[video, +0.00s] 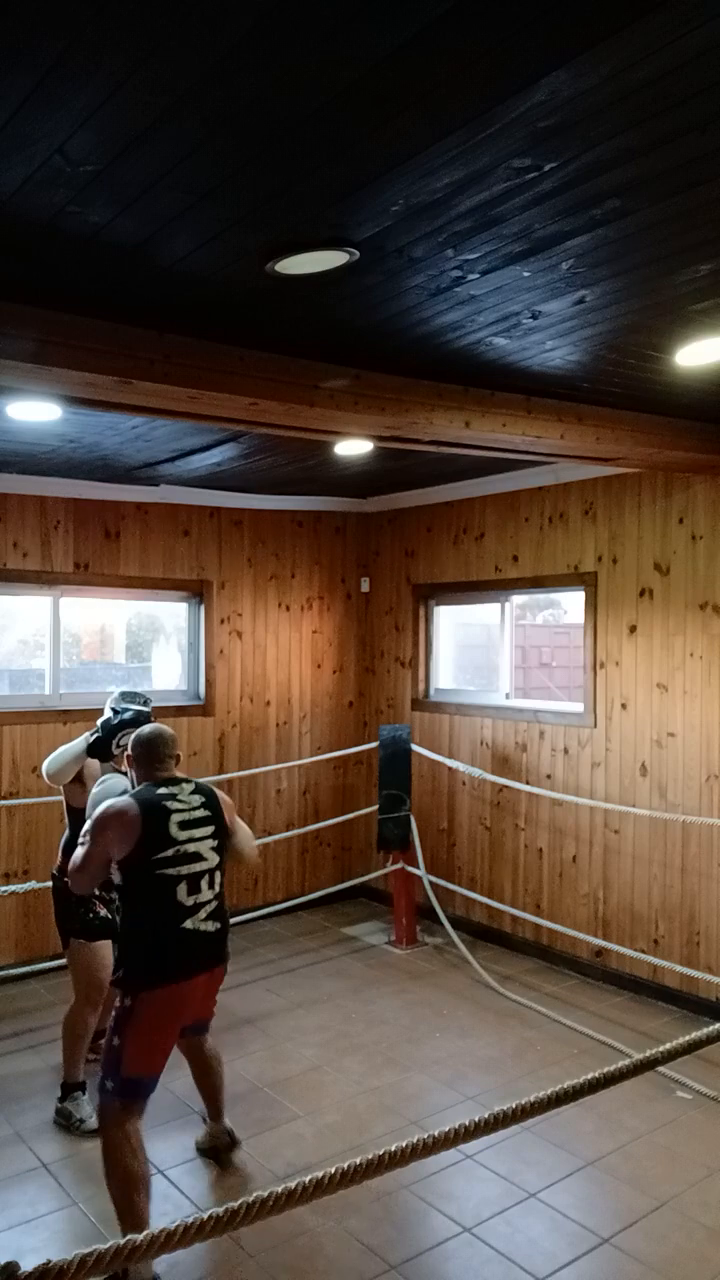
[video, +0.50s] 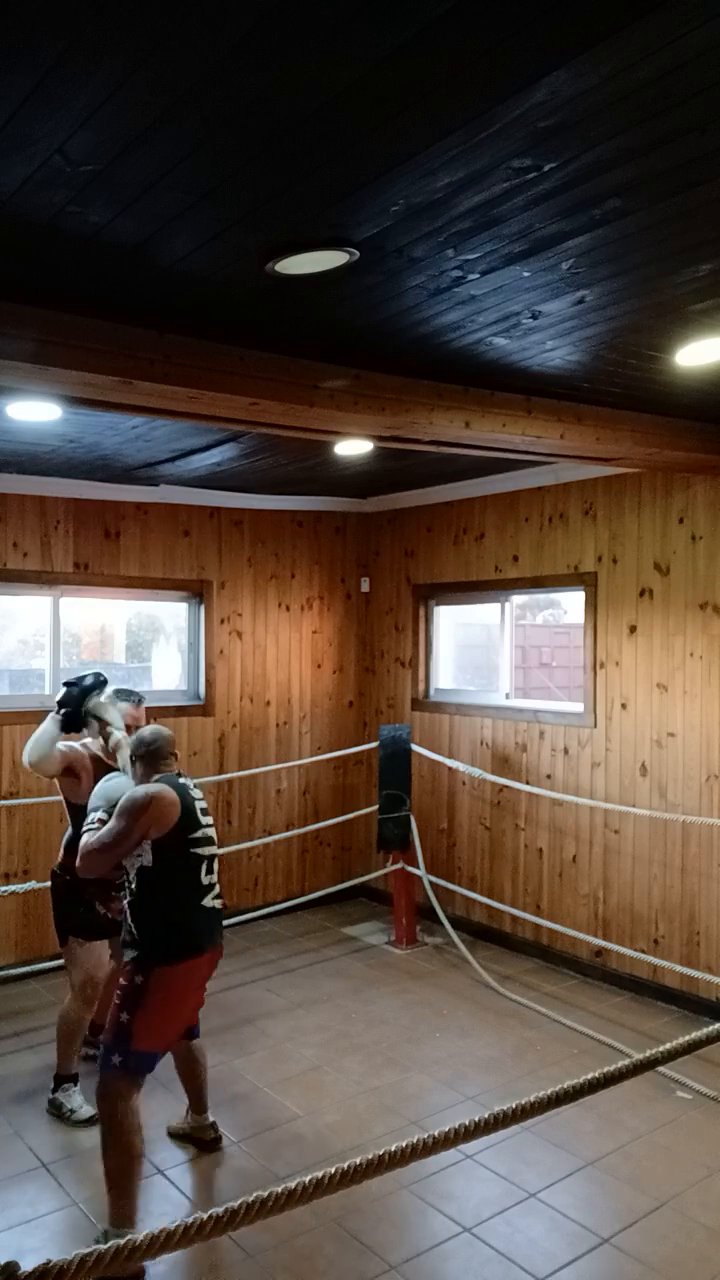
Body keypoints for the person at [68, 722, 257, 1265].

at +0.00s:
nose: (122, 765)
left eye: (124, 759)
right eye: (127, 756)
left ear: (129, 762)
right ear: (177, 760)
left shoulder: (121, 812)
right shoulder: (212, 797)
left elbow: (80, 880)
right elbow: (246, 850)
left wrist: (83, 835)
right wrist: (206, 823)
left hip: (155, 979)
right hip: (211, 965)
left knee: (120, 1117)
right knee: (196, 1037)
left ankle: (137, 1254)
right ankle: (220, 1127)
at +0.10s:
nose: (128, 768)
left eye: (129, 762)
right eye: (133, 760)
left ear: (135, 765)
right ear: (179, 761)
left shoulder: (141, 811)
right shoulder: (197, 792)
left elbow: (87, 875)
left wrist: (97, 828)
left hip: (164, 975)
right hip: (215, 961)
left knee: (98, 1097)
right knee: (200, 1043)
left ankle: (135, 1240)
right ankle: (224, 1138)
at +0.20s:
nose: (130, 767)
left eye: (130, 758)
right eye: (135, 758)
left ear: (136, 760)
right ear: (178, 757)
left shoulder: (133, 807)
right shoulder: (198, 791)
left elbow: (75, 864)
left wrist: (85, 810)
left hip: (171, 964)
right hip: (214, 946)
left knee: (127, 1106)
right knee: (187, 1022)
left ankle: (178, 1242)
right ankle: (213, 1117)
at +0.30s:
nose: (120, 764)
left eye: (120, 758)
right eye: (127, 755)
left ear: (125, 761)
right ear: (170, 760)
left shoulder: (125, 813)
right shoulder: (201, 799)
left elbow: (69, 870)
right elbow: (232, 860)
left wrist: (76, 817)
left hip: (164, 963)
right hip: (208, 947)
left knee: (148, 1113)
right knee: (166, 1017)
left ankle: (182, 1248)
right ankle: (188, 1102)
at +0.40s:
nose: (126, 765)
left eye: (126, 757)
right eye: (132, 757)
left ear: (133, 758)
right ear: (174, 756)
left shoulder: (140, 807)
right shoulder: (193, 793)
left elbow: (78, 869)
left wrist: (96, 813)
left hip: (163, 964)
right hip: (199, 947)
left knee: (127, 1098)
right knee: (180, 1033)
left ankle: (175, 1235)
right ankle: (199, 1121)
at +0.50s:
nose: (129, 768)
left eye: (128, 760)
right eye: (134, 760)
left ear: (134, 761)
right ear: (173, 756)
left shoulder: (149, 798)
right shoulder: (190, 790)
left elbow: (87, 861)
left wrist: (101, 810)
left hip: (167, 955)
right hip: (203, 943)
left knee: (116, 1088)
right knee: (181, 1031)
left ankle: (122, 1239)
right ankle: (202, 1121)